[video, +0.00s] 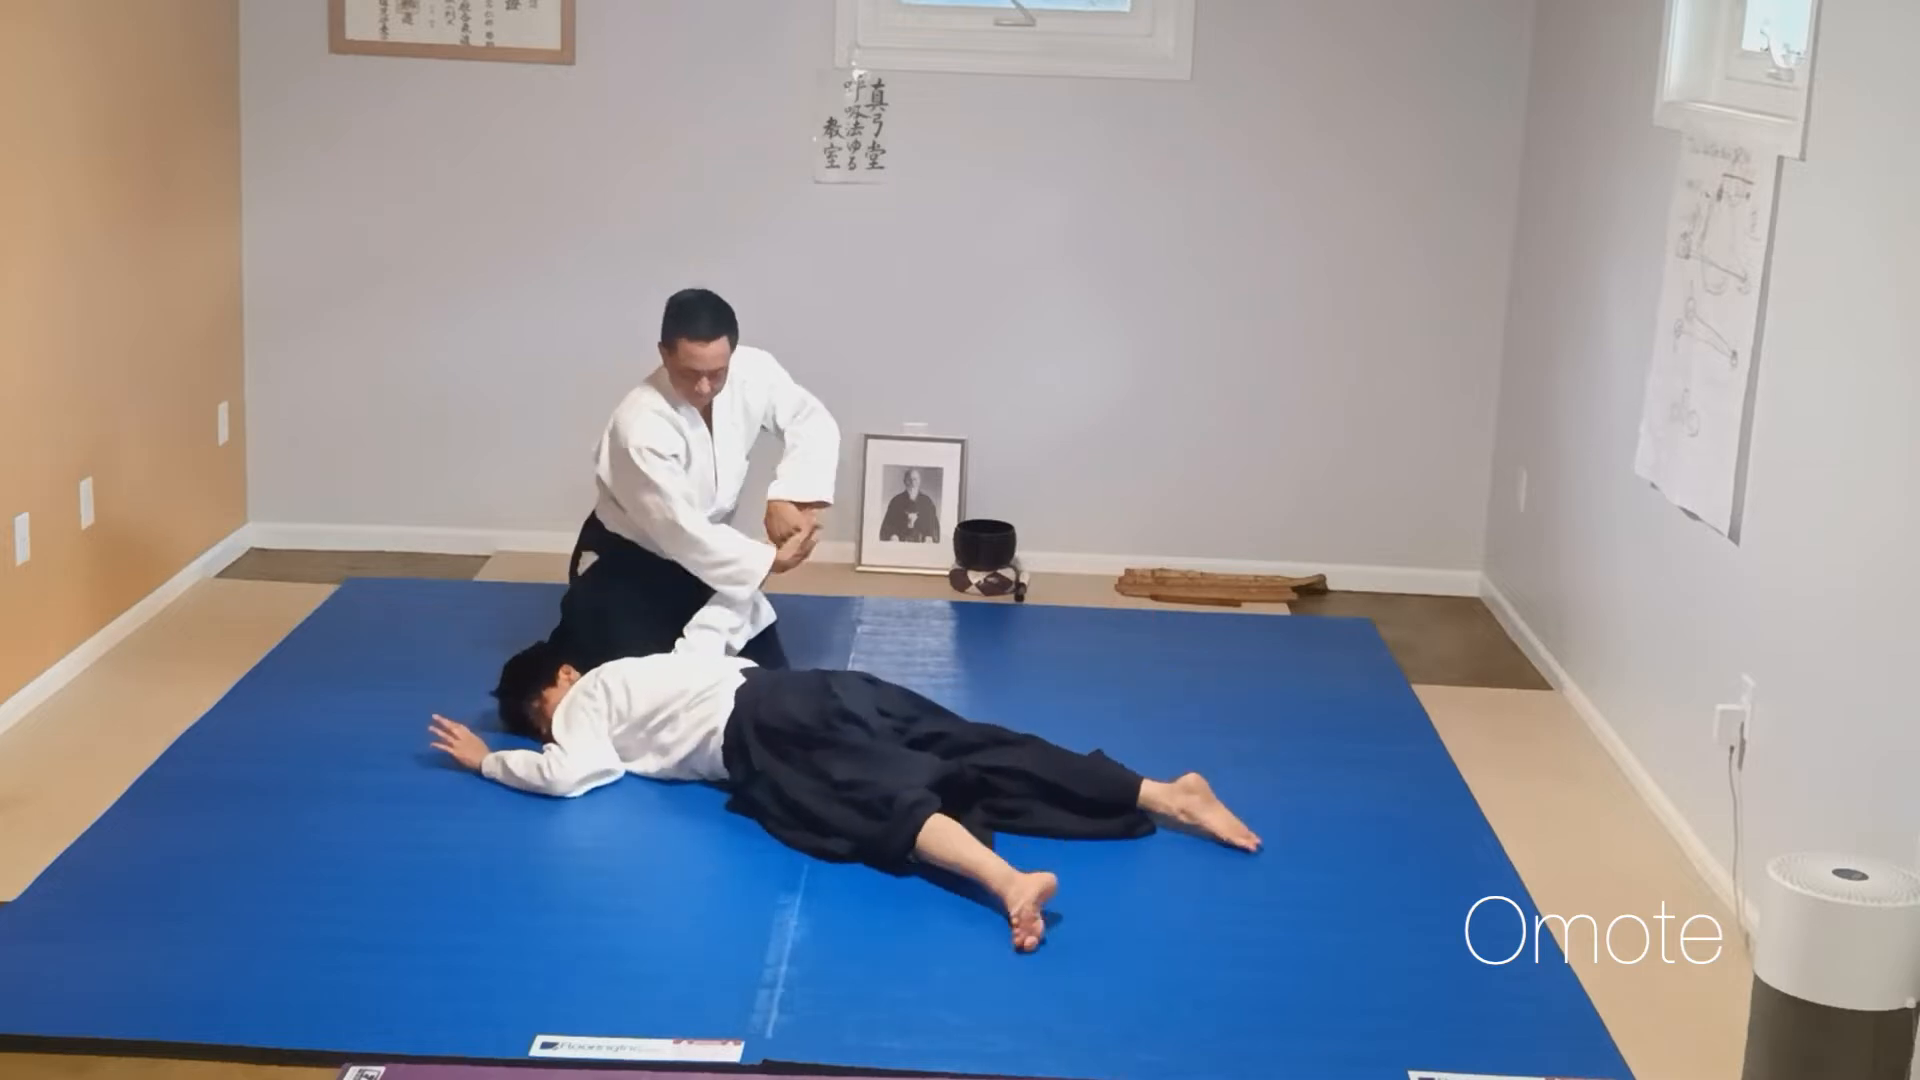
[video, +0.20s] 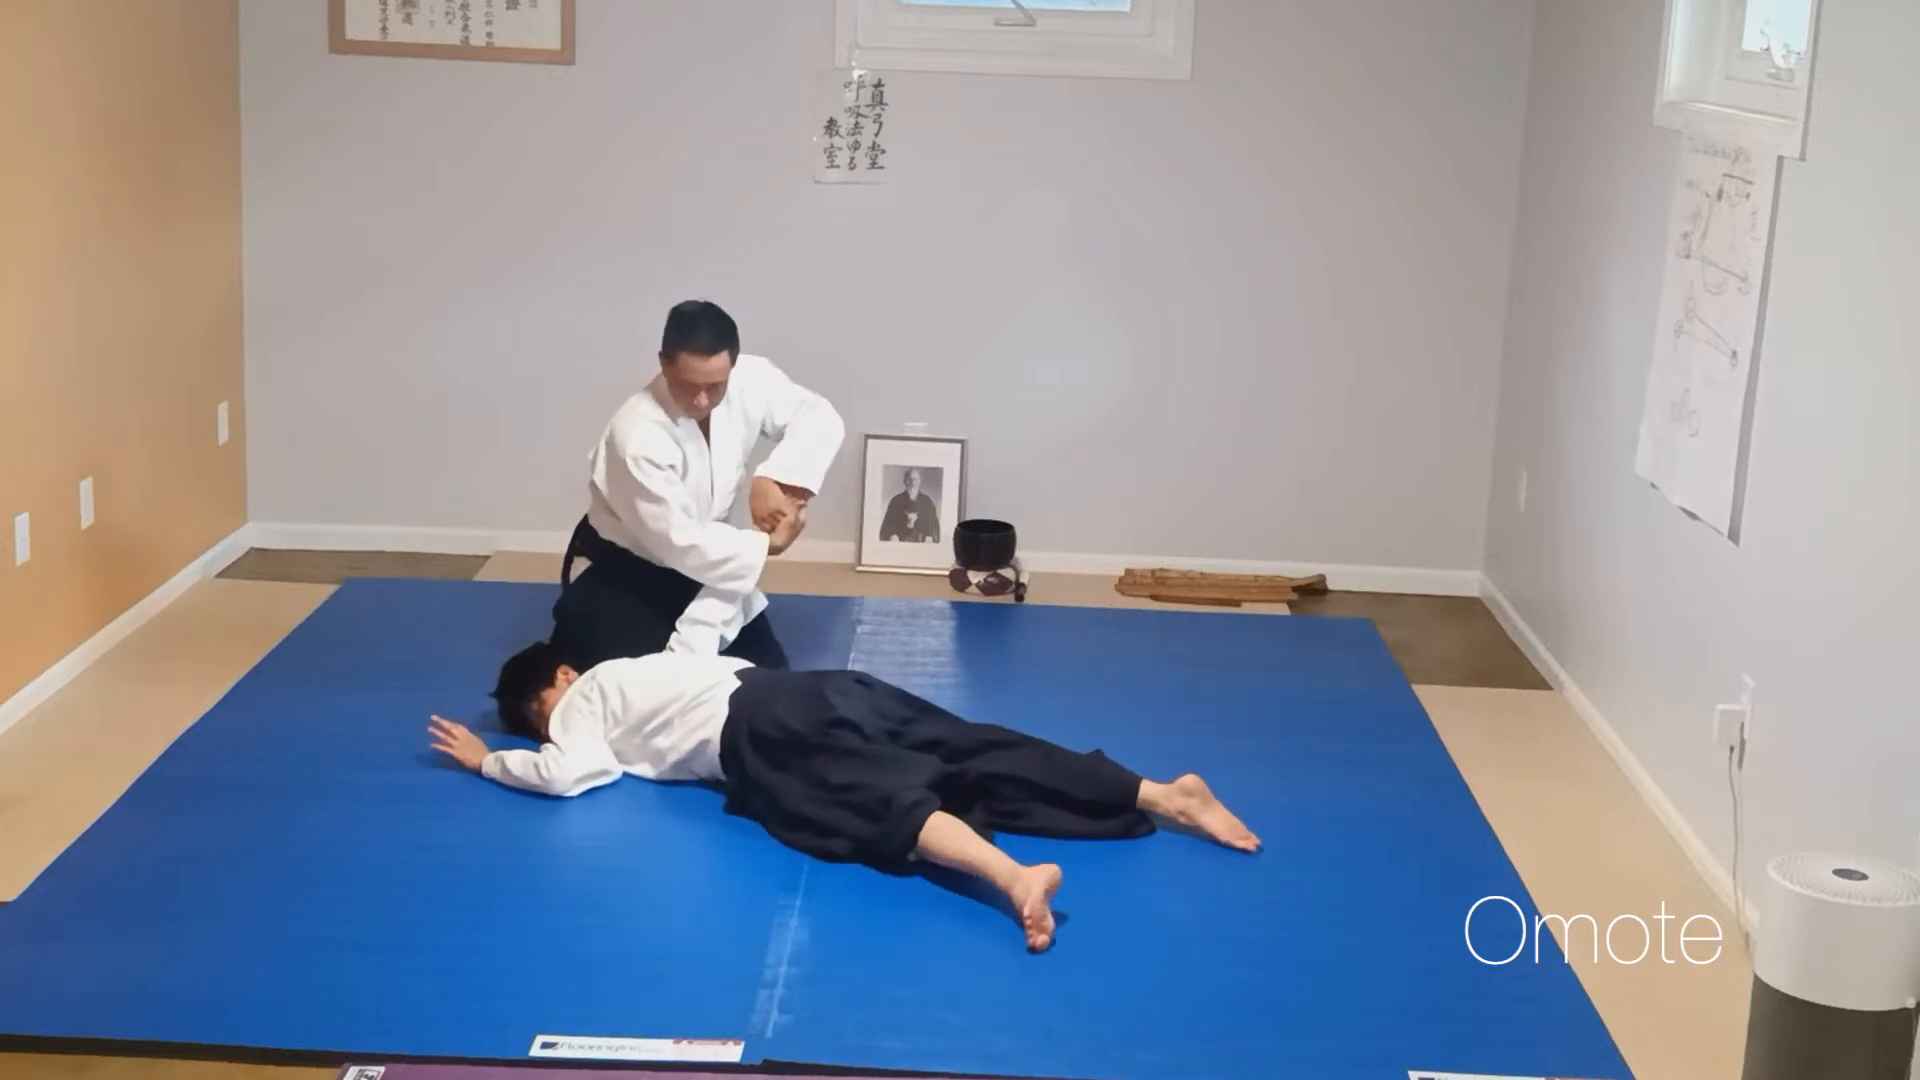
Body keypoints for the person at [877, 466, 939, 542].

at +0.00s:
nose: (912, 482)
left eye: (915, 479)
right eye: (909, 479)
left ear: (919, 481)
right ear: (905, 482)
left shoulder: (926, 501)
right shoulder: (897, 501)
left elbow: (933, 523)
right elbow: (886, 526)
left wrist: (930, 537)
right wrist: (892, 536)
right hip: (899, 544)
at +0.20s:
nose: (912, 482)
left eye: (915, 479)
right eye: (909, 479)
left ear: (919, 481)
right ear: (905, 482)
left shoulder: (926, 501)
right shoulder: (896, 501)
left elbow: (933, 523)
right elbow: (886, 526)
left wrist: (930, 537)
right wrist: (892, 536)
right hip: (899, 544)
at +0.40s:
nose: (912, 482)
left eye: (915, 479)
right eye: (909, 480)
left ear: (919, 481)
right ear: (904, 482)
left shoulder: (926, 501)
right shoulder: (897, 500)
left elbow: (932, 523)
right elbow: (887, 524)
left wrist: (930, 537)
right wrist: (891, 536)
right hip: (899, 543)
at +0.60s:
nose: (912, 482)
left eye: (915, 479)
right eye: (909, 479)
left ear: (919, 481)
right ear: (904, 481)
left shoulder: (926, 501)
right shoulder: (896, 500)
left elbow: (933, 523)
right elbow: (887, 524)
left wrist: (930, 537)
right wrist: (892, 536)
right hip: (899, 543)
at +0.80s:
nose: (912, 482)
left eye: (915, 479)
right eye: (909, 479)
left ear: (919, 481)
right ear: (904, 481)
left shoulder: (926, 501)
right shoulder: (896, 500)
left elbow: (932, 523)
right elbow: (887, 525)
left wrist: (930, 537)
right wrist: (892, 536)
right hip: (899, 543)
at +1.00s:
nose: (912, 482)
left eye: (915, 479)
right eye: (909, 479)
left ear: (919, 481)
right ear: (905, 481)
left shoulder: (926, 501)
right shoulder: (896, 500)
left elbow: (933, 523)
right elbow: (887, 525)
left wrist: (931, 537)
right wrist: (892, 536)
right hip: (899, 543)